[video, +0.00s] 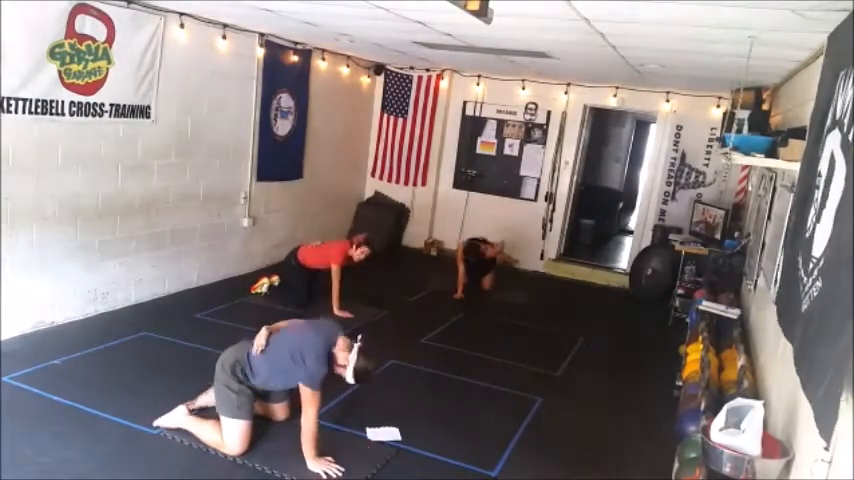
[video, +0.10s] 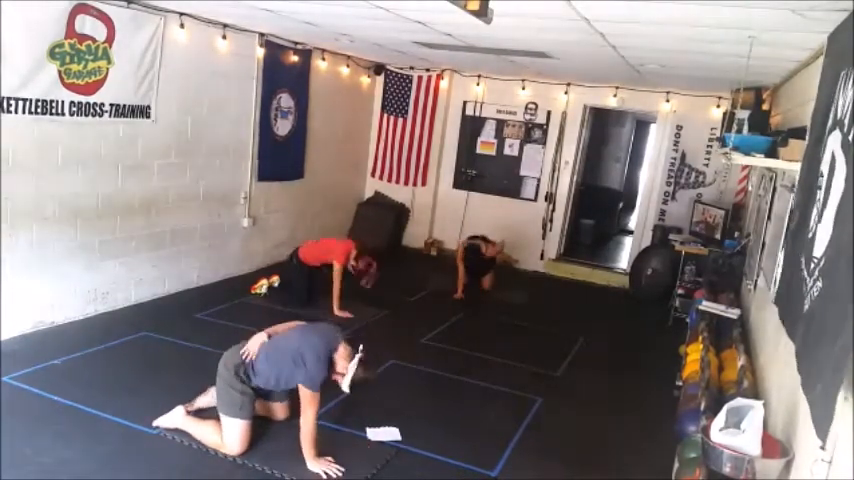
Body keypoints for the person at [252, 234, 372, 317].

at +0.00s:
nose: (362, 257)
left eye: (365, 255)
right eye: (362, 252)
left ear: (364, 254)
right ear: (355, 247)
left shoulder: (348, 247)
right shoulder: (339, 252)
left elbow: (331, 244)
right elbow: (335, 282)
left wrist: (319, 244)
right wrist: (336, 309)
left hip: (308, 261)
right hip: (296, 262)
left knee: (311, 296)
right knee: (299, 301)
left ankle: (278, 282)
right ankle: (269, 287)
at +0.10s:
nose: (352, 269)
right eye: (354, 267)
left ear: (363, 260)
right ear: (356, 259)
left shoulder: (352, 246)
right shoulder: (340, 254)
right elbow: (336, 283)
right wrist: (336, 310)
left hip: (310, 261)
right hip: (299, 261)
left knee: (310, 296)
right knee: (300, 300)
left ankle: (280, 282)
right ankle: (269, 288)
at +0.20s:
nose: (357, 264)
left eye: (360, 263)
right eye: (357, 261)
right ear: (355, 254)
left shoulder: (350, 245)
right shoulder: (339, 252)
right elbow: (335, 283)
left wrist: (362, 277)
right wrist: (336, 309)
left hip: (311, 261)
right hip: (299, 260)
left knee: (311, 294)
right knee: (300, 299)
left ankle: (280, 281)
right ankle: (269, 287)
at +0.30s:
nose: (366, 261)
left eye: (369, 259)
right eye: (365, 258)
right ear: (358, 251)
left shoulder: (349, 253)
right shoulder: (341, 253)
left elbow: (326, 246)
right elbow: (337, 286)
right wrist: (339, 307)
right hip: (295, 263)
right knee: (300, 300)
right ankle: (272, 288)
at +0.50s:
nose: (366, 260)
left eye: (368, 257)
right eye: (365, 257)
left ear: (356, 250)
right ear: (355, 252)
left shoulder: (345, 249)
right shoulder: (339, 255)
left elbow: (328, 244)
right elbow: (336, 283)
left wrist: (315, 243)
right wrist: (336, 309)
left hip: (301, 256)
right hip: (294, 263)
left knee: (308, 293)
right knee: (299, 298)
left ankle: (277, 281)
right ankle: (268, 288)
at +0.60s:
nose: (348, 268)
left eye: (351, 269)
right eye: (351, 267)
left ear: (356, 258)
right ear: (353, 262)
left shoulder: (346, 245)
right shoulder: (337, 255)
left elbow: (330, 240)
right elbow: (335, 284)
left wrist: (316, 238)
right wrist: (336, 309)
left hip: (307, 260)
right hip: (296, 262)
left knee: (311, 293)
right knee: (301, 300)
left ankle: (278, 281)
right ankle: (267, 289)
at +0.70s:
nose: (348, 268)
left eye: (351, 268)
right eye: (351, 266)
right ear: (350, 258)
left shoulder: (346, 244)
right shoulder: (336, 254)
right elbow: (335, 285)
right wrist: (336, 310)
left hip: (309, 260)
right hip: (297, 262)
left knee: (313, 290)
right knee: (301, 300)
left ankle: (280, 281)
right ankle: (268, 288)